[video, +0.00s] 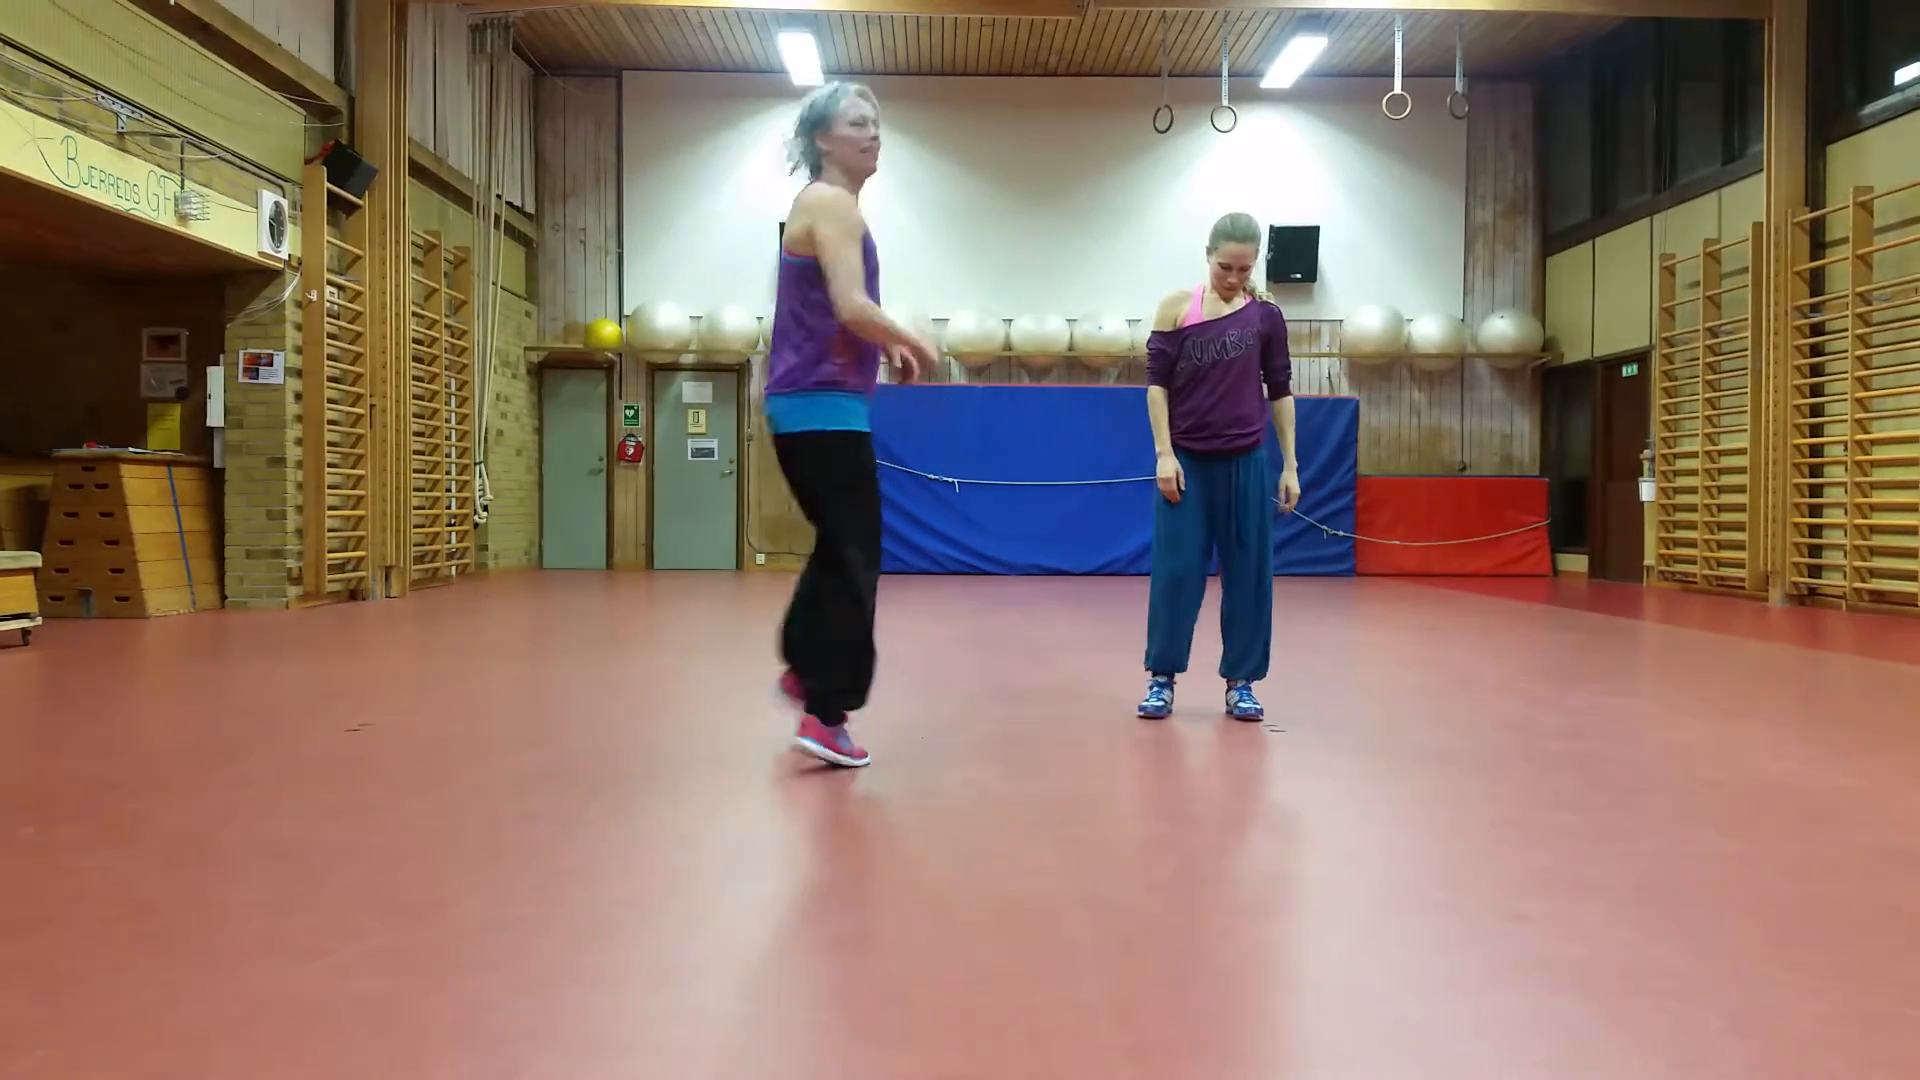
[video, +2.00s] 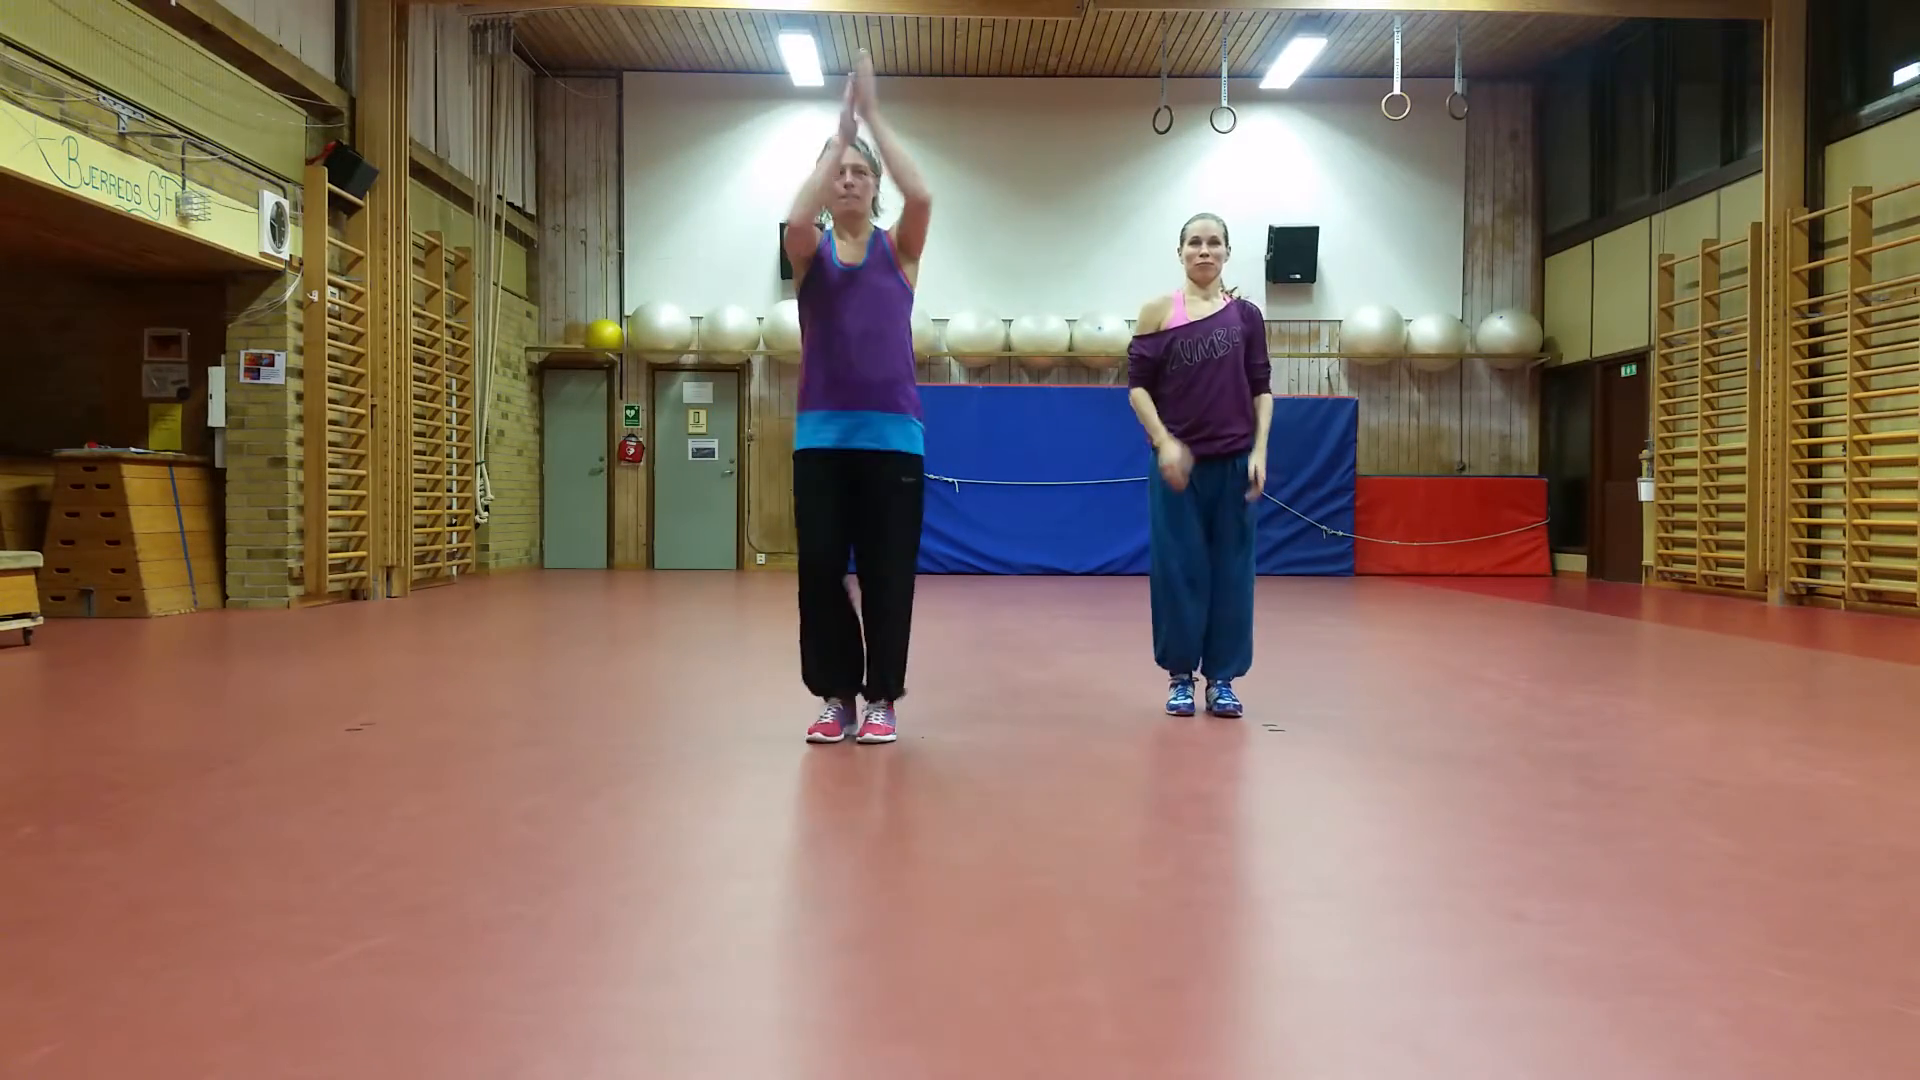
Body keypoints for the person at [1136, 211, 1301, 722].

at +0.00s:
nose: (1235, 278)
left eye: (1245, 269)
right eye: (1227, 267)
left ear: (1257, 262)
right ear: (1208, 256)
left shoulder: (1266, 315)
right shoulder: (1176, 308)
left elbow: (1281, 391)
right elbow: (1157, 384)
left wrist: (1290, 465)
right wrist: (1164, 455)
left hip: (1250, 461)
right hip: (1186, 461)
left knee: (1249, 572)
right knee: (1175, 571)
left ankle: (1240, 683)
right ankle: (1161, 679)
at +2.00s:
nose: (1204, 251)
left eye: (1214, 243)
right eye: (1196, 242)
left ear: (1227, 252)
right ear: (1181, 251)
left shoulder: (1246, 314)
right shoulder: (1158, 312)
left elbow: (1262, 386)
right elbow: (1137, 386)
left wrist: (1259, 449)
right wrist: (1164, 441)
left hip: (1234, 461)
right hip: (1176, 461)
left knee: (1232, 569)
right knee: (1179, 567)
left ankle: (1221, 680)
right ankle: (1181, 678)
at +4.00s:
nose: (1228, 248)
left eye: (1236, 243)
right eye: (1218, 241)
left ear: (1245, 259)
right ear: (1200, 256)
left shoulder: (1253, 307)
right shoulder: (1180, 310)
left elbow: (1292, 237)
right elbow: (1161, 260)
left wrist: (1243, 181)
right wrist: (1205, 195)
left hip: (1253, 460)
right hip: (1192, 462)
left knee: (1257, 574)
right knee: (1198, 576)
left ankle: (1253, 674)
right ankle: (1217, 673)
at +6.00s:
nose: (1218, 249)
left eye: (1227, 243)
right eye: (1209, 243)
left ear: (1240, 255)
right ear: (1194, 255)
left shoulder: (1254, 305)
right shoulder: (1180, 309)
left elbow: (1298, 234)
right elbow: (1155, 249)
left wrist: (1257, 177)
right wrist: (1205, 185)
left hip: (1247, 464)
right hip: (1187, 460)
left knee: (1261, 573)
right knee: (1177, 570)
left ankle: (1230, 670)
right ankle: (1179, 674)